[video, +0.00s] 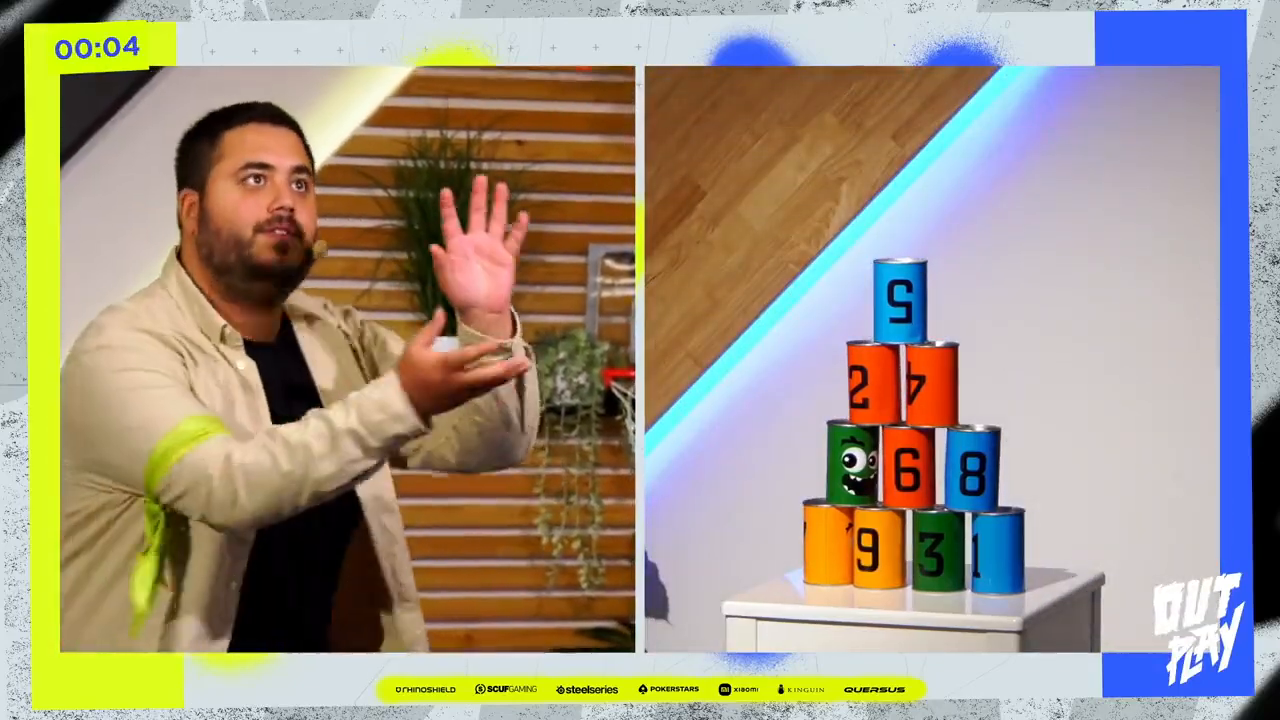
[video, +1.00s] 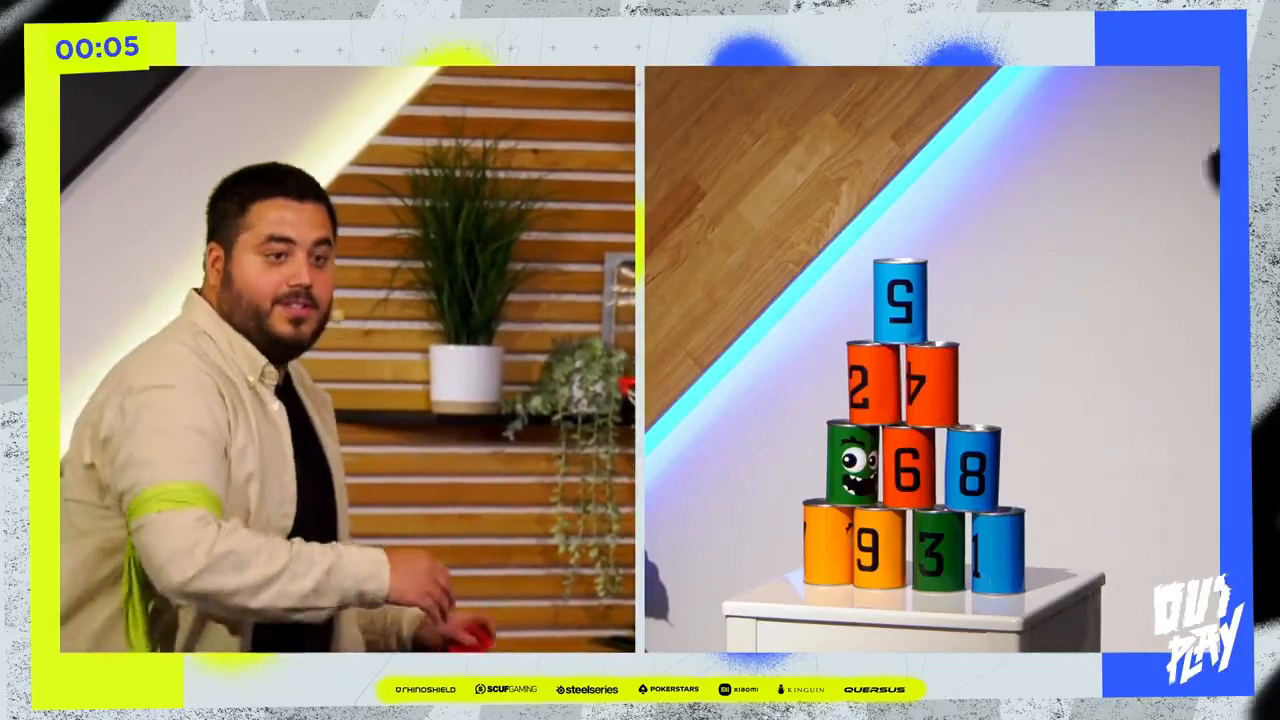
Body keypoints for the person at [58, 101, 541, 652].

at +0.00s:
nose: (286, 203)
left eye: (301, 184)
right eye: (253, 180)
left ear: (315, 217)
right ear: (191, 211)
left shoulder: (347, 343)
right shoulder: (119, 355)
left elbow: (493, 443)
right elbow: (229, 488)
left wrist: (488, 323)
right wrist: (400, 404)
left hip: (321, 691)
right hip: (159, 691)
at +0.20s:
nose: (311, 279)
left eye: (321, 254)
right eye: (287, 249)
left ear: (329, 250)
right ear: (210, 235)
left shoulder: (327, 364)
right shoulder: (127, 375)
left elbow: (437, 532)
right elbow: (261, 551)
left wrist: (514, 510)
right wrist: (464, 488)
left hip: (296, 698)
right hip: (140, 700)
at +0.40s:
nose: (345, 389)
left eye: (362, 367)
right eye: (332, 359)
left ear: (376, 352)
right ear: (269, 311)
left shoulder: (333, 413)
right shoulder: (150, 417)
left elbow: (365, 572)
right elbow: (148, 628)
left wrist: (422, 624)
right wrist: (350, 665)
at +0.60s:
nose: (343, 368)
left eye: (361, 348)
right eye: (327, 338)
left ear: (373, 341)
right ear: (263, 304)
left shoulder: (324, 416)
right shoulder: (151, 416)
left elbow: (353, 574)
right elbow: (122, 629)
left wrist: (363, 645)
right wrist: (317, 652)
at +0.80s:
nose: (311, 298)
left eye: (329, 277)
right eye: (287, 270)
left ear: (340, 287)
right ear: (225, 270)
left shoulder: (303, 394)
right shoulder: (160, 394)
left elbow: (339, 554)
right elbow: (169, 605)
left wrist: (384, 618)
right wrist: (346, 615)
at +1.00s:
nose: (304, 277)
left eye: (320, 257)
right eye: (276, 253)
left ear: (333, 271)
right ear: (217, 265)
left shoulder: (299, 392)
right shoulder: (168, 381)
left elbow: (280, 604)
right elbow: (185, 558)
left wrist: (410, 627)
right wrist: (377, 571)